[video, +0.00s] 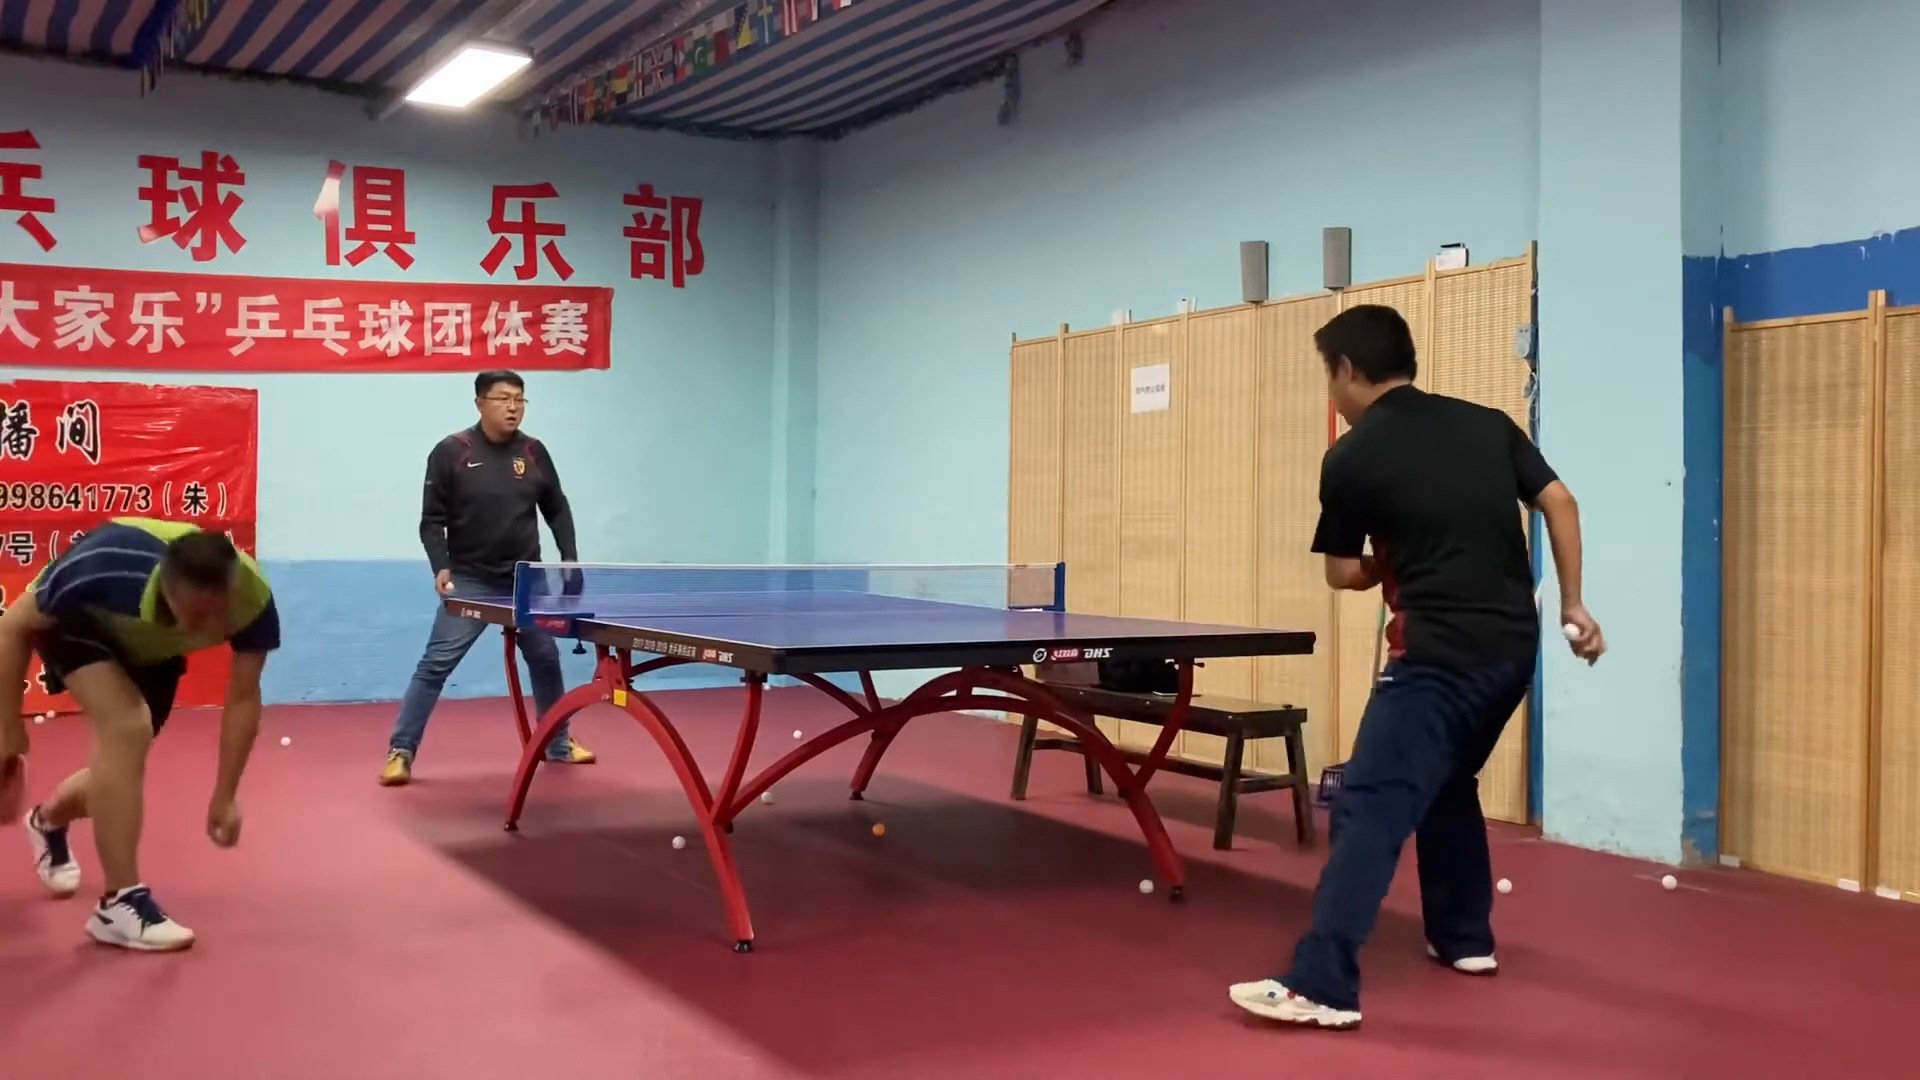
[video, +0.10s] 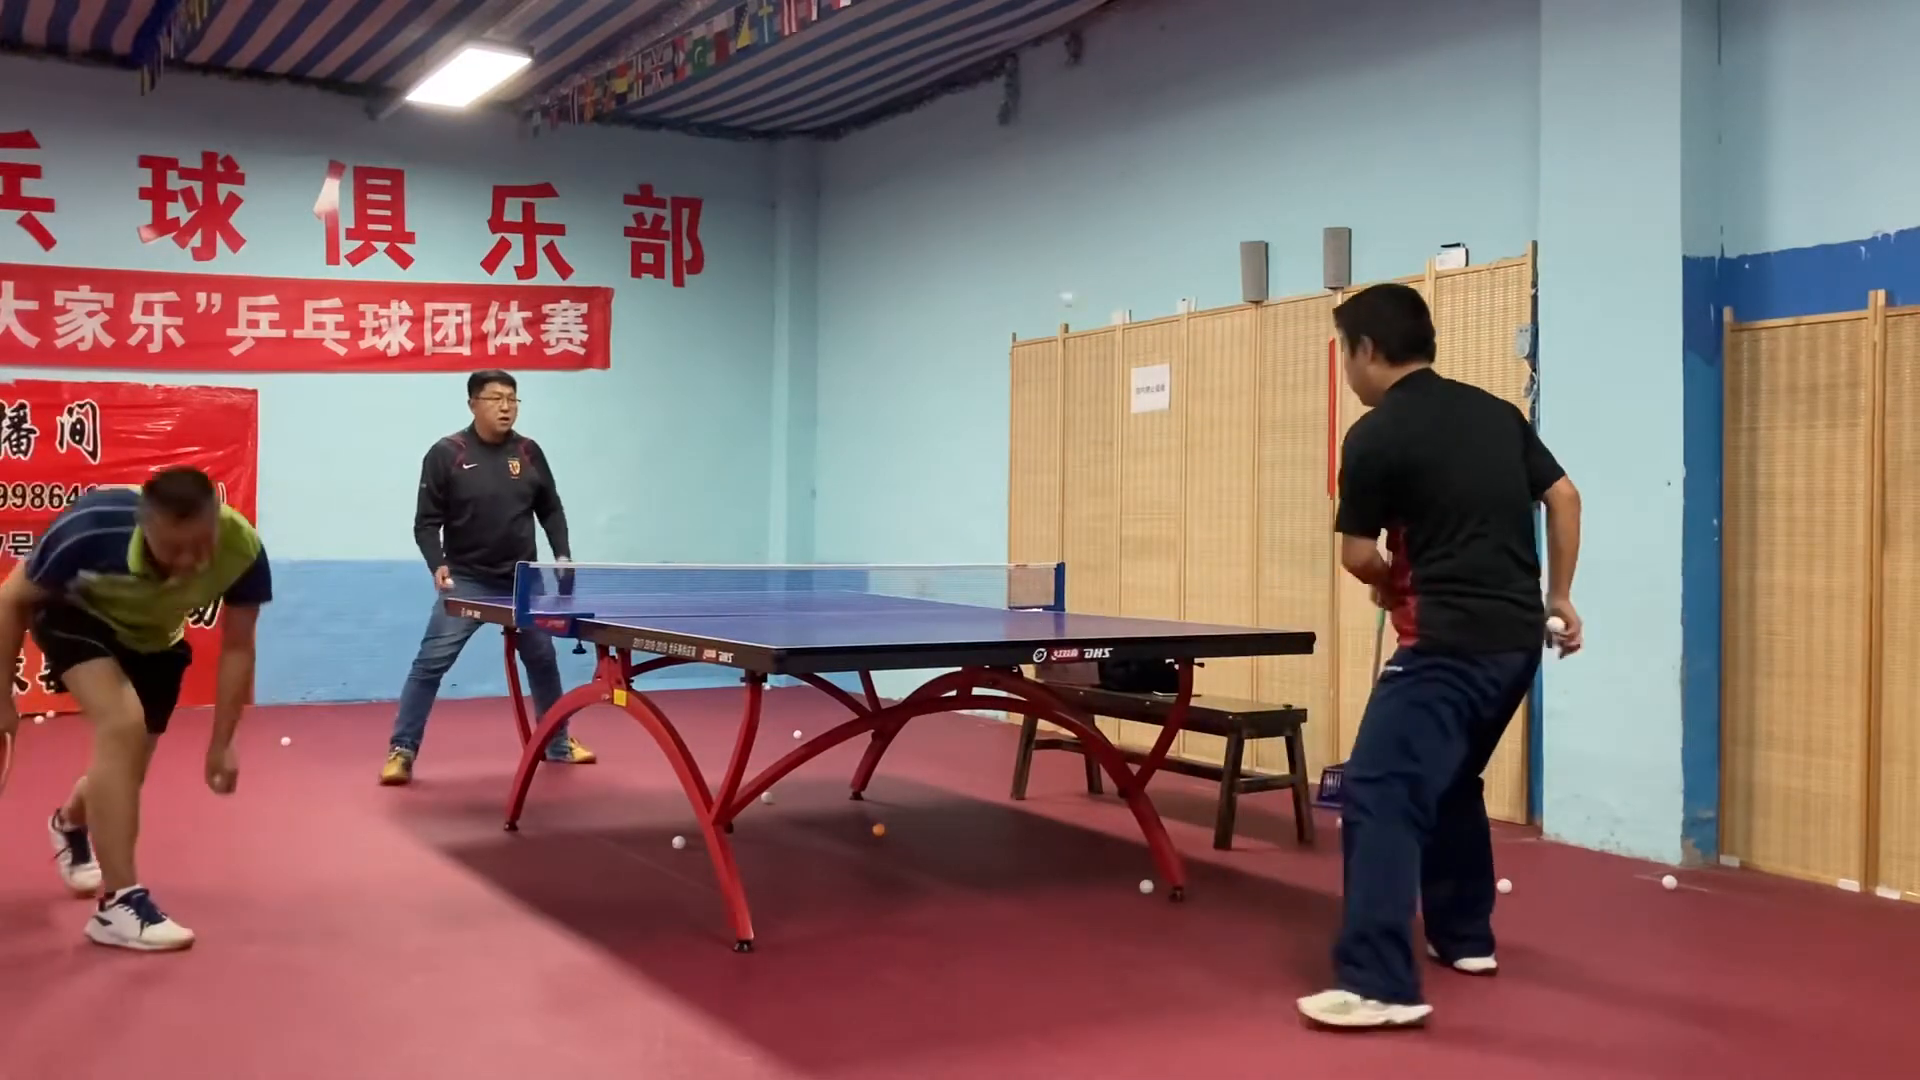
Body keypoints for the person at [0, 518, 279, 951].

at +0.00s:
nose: (208, 626)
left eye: (217, 613)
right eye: (196, 615)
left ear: (231, 591)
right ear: (167, 589)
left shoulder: (254, 603)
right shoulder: (103, 570)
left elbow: (244, 698)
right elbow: (13, 625)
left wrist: (226, 796)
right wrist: (9, 727)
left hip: (158, 650)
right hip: (77, 620)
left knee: (119, 773)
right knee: (127, 727)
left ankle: (47, 820)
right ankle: (122, 899)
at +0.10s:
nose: (189, 561)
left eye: (200, 547)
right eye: (174, 551)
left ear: (216, 522)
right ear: (146, 529)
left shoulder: (242, 551)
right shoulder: (88, 534)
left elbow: (238, 647)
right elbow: (13, 600)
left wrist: (223, 743)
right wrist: (4, 697)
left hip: (156, 640)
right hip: (77, 616)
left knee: (129, 766)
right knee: (122, 724)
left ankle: (70, 822)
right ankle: (120, 900)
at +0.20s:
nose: (152, 492)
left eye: (165, 477)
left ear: (188, 461)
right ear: (116, 465)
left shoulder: (221, 505)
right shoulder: (72, 498)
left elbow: (235, 603)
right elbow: (10, 572)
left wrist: (231, 704)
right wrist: (6, 658)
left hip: (156, 632)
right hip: (74, 616)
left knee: (137, 764)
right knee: (118, 724)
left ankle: (95, 835)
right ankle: (119, 900)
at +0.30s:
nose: (105, 437)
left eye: (121, 421)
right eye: (92, 421)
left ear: (151, 412)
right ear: (77, 413)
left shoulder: (195, 473)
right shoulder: (48, 470)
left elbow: (228, 570)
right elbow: (5, 552)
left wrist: (245, 670)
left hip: (154, 628)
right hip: (68, 619)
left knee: (135, 785)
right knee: (108, 728)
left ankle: (103, 868)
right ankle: (122, 898)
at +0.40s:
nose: (51, 391)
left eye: (65, 379)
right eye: (44, 377)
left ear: (109, 379)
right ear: (40, 379)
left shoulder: (168, 449)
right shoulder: (25, 450)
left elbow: (217, 544)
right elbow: (7, 542)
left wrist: (248, 640)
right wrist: (7, 621)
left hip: (148, 620)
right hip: (59, 618)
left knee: (130, 766)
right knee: (87, 731)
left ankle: (99, 858)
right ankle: (106, 885)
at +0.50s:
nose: (9, 362)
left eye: (21, 352)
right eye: (9, 351)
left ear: (70, 360)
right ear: (25, 361)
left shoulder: (140, 432)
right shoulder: (11, 436)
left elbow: (203, 525)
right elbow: (10, 534)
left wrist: (239, 617)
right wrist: (8, 615)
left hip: (137, 603)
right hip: (50, 602)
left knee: (123, 756)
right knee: (58, 719)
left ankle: (100, 849)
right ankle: (72, 874)